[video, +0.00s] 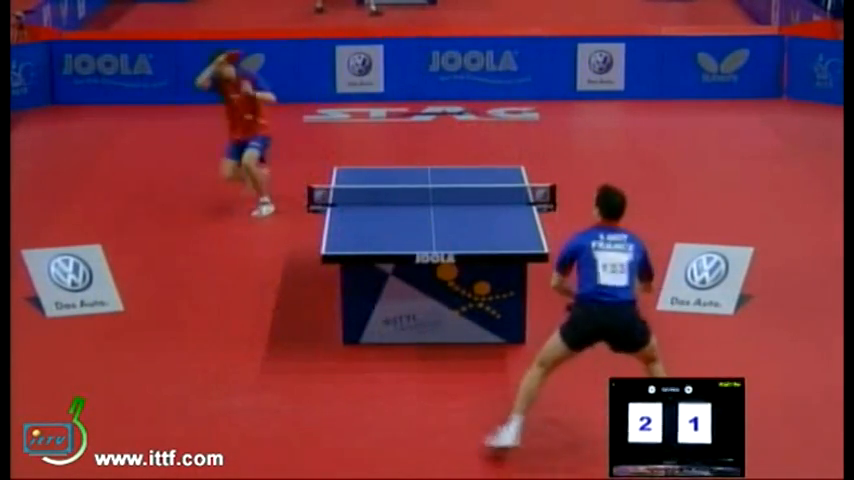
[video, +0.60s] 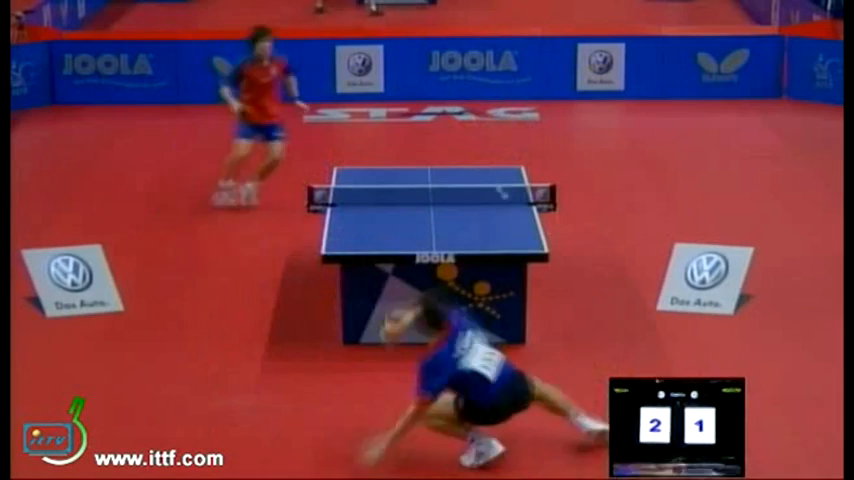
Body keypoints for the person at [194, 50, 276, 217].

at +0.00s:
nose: (225, 71)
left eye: (227, 66)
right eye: (222, 69)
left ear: (233, 65)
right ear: (219, 72)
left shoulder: (249, 79)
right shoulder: (222, 84)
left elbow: (271, 97)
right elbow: (200, 84)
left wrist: (252, 93)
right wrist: (215, 66)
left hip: (257, 132)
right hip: (237, 135)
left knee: (248, 162)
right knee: (228, 172)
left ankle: (265, 200)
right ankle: (257, 175)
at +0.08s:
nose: (218, 67)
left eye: (220, 63)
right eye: (214, 64)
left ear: (226, 64)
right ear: (210, 68)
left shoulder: (239, 80)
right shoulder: (211, 83)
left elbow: (266, 97)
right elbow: (191, 80)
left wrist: (254, 97)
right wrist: (206, 62)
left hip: (243, 134)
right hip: (221, 134)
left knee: (244, 164)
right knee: (203, 170)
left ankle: (262, 200)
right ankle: (190, 194)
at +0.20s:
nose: (209, 74)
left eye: (212, 70)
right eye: (205, 71)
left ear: (217, 73)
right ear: (200, 75)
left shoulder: (227, 92)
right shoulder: (196, 93)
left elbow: (243, 109)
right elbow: (175, 98)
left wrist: (251, 114)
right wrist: (192, 73)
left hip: (220, 143)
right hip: (197, 143)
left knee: (241, 167)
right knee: (175, 177)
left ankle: (244, 200)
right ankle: (142, 202)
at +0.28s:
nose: (214, 80)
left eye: (217, 77)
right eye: (211, 76)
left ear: (220, 79)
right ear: (202, 78)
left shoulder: (225, 98)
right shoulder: (194, 96)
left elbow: (243, 114)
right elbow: (174, 111)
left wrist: (259, 130)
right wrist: (189, 92)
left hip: (213, 147)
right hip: (190, 147)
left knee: (235, 171)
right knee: (170, 178)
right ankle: (142, 201)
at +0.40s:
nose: (233, 68)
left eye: (235, 64)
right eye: (229, 64)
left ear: (237, 66)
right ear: (220, 67)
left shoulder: (244, 87)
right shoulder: (211, 87)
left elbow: (264, 101)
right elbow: (189, 109)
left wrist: (282, 110)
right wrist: (207, 104)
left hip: (224, 140)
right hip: (200, 139)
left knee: (241, 170)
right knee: (178, 171)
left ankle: (220, 197)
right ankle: (145, 198)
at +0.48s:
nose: (245, 58)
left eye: (248, 54)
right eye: (241, 54)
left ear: (251, 56)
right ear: (234, 56)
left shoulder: (257, 74)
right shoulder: (225, 75)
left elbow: (273, 84)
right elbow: (203, 97)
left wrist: (286, 99)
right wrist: (214, 106)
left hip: (241, 130)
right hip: (219, 129)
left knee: (248, 166)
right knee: (197, 160)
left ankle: (222, 195)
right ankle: (169, 192)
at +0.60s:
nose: (267, 48)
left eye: (269, 43)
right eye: (263, 44)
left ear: (272, 46)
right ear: (255, 46)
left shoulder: (279, 65)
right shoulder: (246, 67)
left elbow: (290, 79)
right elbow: (225, 87)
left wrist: (295, 98)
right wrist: (233, 102)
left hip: (271, 115)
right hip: (249, 115)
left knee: (277, 156)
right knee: (241, 152)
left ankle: (252, 185)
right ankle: (225, 185)